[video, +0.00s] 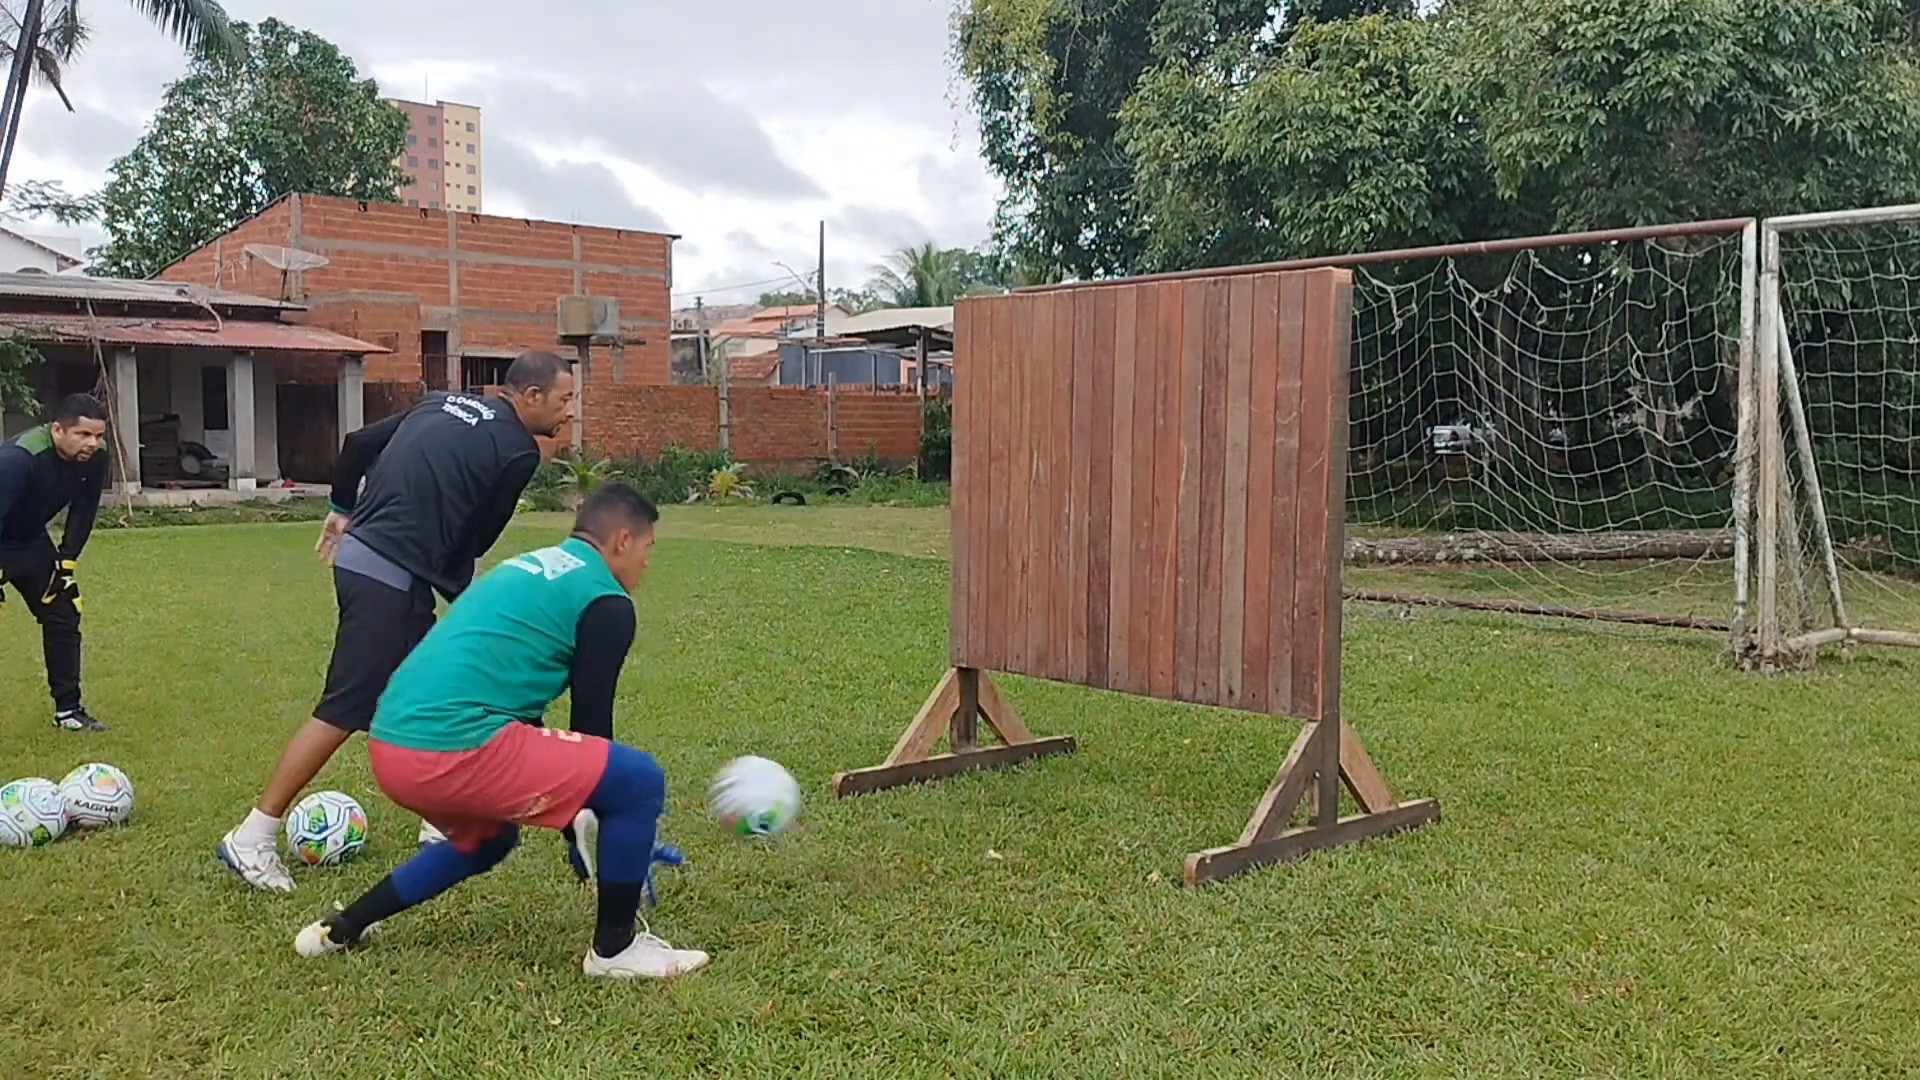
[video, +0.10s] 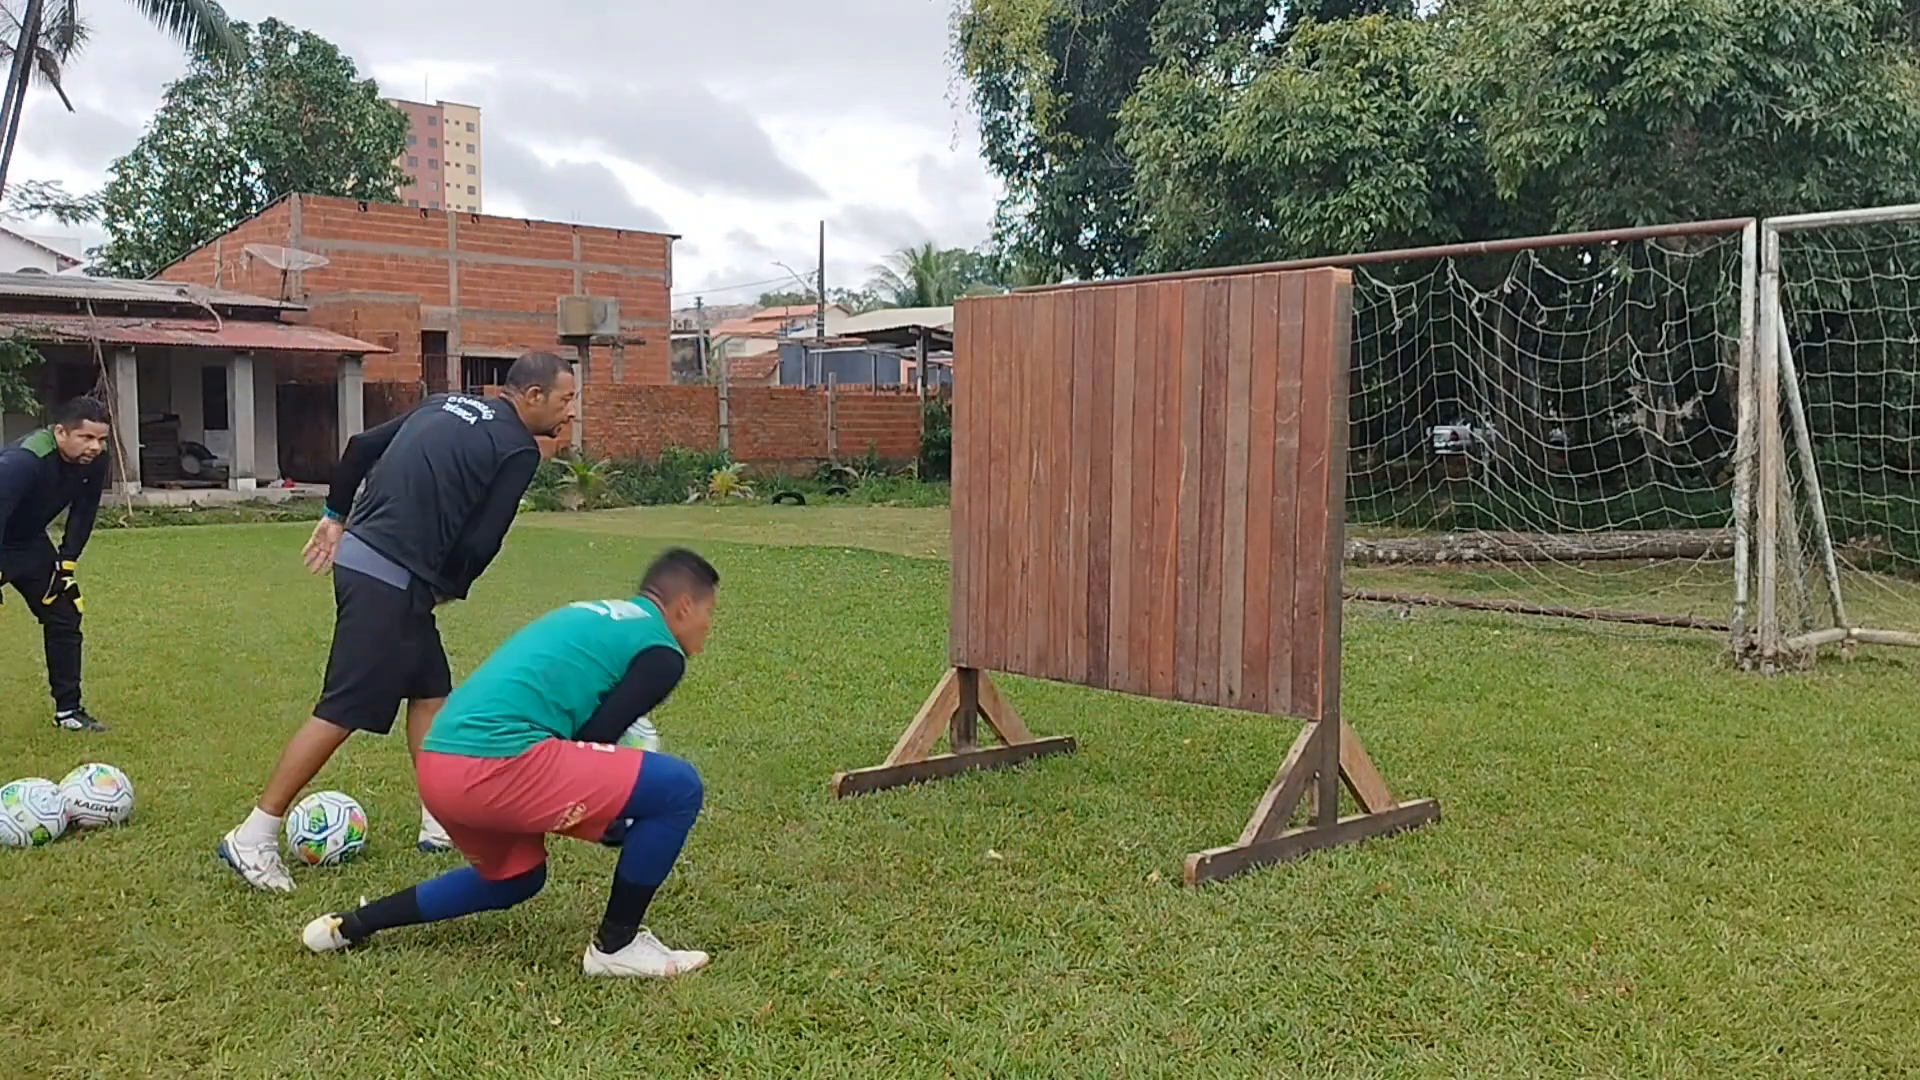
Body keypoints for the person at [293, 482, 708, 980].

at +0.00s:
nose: (646, 563)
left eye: (649, 550)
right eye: (646, 549)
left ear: (585, 535)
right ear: (621, 542)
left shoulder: (527, 564)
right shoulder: (605, 602)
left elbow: (513, 701)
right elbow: (592, 730)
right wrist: (593, 826)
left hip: (394, 749)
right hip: (459, 755)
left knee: (490, 840)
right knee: (637, 780)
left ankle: (340, 929)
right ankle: (616, 947)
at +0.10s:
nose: (707, 629)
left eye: (710, 616)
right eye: (707, 614)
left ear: (653, 594)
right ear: (682, 604)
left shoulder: (590, 615)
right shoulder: (662, 651)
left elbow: (553, 716)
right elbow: (592, 737)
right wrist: (600, 818)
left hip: (440, 767)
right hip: (500, 767)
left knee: (517, 876)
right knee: (679, 790)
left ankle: (349, 926)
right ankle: (617, 944)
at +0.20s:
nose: (764, 684)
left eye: (769, 672)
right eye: (766, 670)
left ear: (714, 645)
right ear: (745, 657)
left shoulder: (659, 660)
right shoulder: (720, 689)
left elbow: (626, 753)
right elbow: (663, 783)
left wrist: (707, 771)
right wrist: (725, 795)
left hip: (488, 783)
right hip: (541, 786)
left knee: (536, 910)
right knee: (712, 808)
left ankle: (365, 921)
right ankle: (619, 944)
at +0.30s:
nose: (833, 714)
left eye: (835, 702)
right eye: (832, 700)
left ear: (778, 681)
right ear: (809, 690)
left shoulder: (727, 703)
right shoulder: (789, 723)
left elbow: (722, 810)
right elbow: (812, 851)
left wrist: (805, 787)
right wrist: (848, 802)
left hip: (542, 796)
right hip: (596, 805)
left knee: (544, 915)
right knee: (765, 849)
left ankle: (376, 924)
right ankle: (621, 941)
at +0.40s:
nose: (918, 748)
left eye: (920, 736)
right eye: (917, 735)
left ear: (864, 711)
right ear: (894, 725)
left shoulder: (813, 736)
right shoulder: (875, 755)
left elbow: (790, 827)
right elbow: (906, 889)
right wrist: (923, 830)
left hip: (621, 776)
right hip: (671, 787)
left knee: (577, 909)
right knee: (815, 895)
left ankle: (406, 921)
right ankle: (644, 929)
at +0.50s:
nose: (982, 817)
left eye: (985, 808)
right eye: (988, 805)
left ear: (948, 766)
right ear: (976, 786)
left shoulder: (891, 775)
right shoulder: (953, 798)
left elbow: (848, 868)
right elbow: (935, 918)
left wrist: (907, 881)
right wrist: (959, 895)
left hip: (715, 770)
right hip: (770, 785)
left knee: (633, 903)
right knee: (874, 941)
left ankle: (495, 914)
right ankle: (704, 919)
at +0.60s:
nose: (1016, 808)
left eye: (1018, 799)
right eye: (1021, 799)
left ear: (983, 762)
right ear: (1014, 787)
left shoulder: (930, 764)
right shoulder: (998, 801)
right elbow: (952, 886)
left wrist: (966, 877)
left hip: (791, 765)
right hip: (855, 786)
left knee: (707, 895)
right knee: (951, 930)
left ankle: (615, 905)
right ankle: (802, 944)